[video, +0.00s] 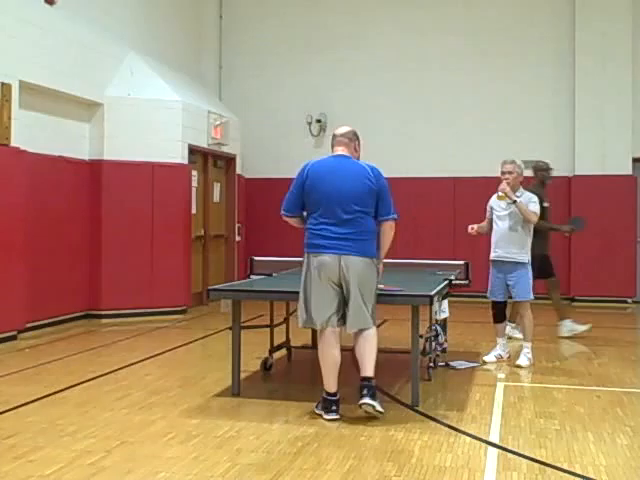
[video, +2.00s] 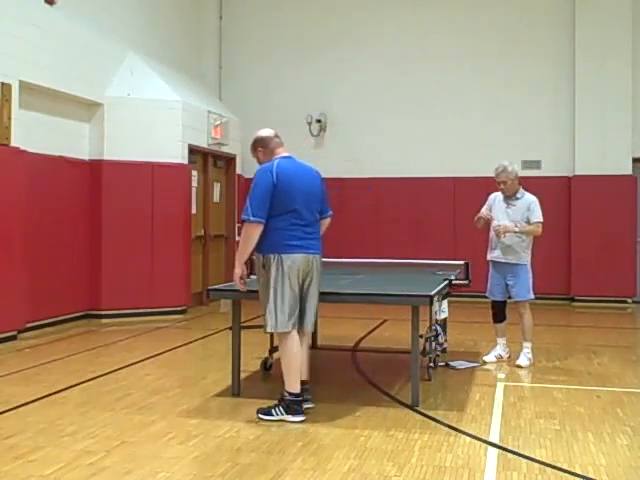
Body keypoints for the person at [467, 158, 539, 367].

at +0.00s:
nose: (506, 177)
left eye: (510, 173)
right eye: (503, 173)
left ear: (521, 176)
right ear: (500, 176)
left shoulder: (529, 198)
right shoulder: (494, 200)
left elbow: (533, 219)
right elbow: (488, 224)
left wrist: (513, 199)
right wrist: (478, 228)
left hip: (520, 260)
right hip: (497, 259)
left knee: (523, 305)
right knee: (497, 304)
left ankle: (527, 348)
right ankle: (501, 347)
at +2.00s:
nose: (501, 187)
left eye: (505, 183)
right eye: (499, 183)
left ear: (516, 181)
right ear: (497, 183)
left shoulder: (530, 201)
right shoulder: (494, 198)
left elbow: (537, 229)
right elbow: (481, 224)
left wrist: (513, 228)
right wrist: (482, 219)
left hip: (519, 261)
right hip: (497, 260)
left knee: (522, 305)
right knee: (497, 304)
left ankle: (526, 349)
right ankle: (501, 347)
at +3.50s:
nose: (480, 200)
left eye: (483, 195)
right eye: (478, 196)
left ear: (494, 190)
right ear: (477, 193)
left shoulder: (511, 205)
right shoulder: (476, 206)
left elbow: (520, 236)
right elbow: (471, 231)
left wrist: (504, 257)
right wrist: (475, 249)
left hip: (508, 263)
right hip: (487, 263)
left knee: (506, 305)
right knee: (490, 306)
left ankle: (508, 350)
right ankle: (499, 346)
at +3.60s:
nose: (476, 209)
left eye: (479, 206)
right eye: (474, 206)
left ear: (490, 200)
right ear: (473, 203)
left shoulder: (509, 212)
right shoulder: (474, 213)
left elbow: (518, 244)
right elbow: (472, 240)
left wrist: (504, 269)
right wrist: (473, 261)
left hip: (510, 263)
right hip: (489, 264)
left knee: (506, 305)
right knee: (489, 306)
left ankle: (506, 352)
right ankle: (499, 346)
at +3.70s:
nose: (471, 223)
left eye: (474, 220)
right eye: (470, 220)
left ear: (485, 214)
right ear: (469, 216)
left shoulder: (507, 222)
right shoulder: (471, 227)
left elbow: (519, 251)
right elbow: (470, 254)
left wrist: (507, 280)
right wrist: (469, 282)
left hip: (514, 267)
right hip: (492, 268)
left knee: (504, 306)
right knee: (488, 309)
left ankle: (506, 352)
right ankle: (500, 346)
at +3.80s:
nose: (470, 239)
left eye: (472, 235)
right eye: (468, 236)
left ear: (483, 229)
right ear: (466, 233)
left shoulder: (505, 232)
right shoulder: (469, 242)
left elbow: (522, 257)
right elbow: (467, 271)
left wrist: (509, 286)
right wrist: (464, 296)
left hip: (517, 271)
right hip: (495, 273)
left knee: (504, 307)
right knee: (488, 310)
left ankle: (506, 352)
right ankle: (499, 347)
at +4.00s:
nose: (472, 267)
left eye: (473, 263)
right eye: (469, 264)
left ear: (482, 256)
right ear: (466, 261)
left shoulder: (502, 248)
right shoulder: (471, 264)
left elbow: (528, 268)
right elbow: (465, 295)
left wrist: (512, 290)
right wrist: (455, 327)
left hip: (519, 277)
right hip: (496, 281)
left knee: (506, 307)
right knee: (488, 314)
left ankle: (506, 354)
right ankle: (500, 349)